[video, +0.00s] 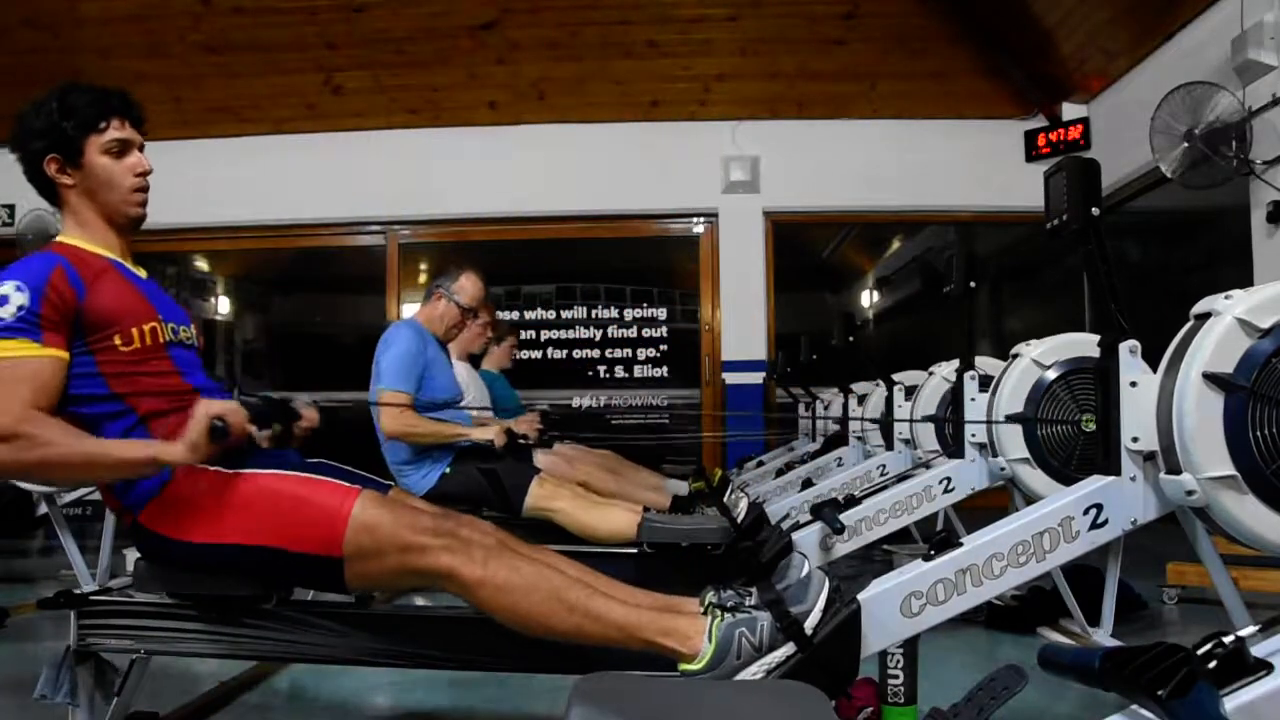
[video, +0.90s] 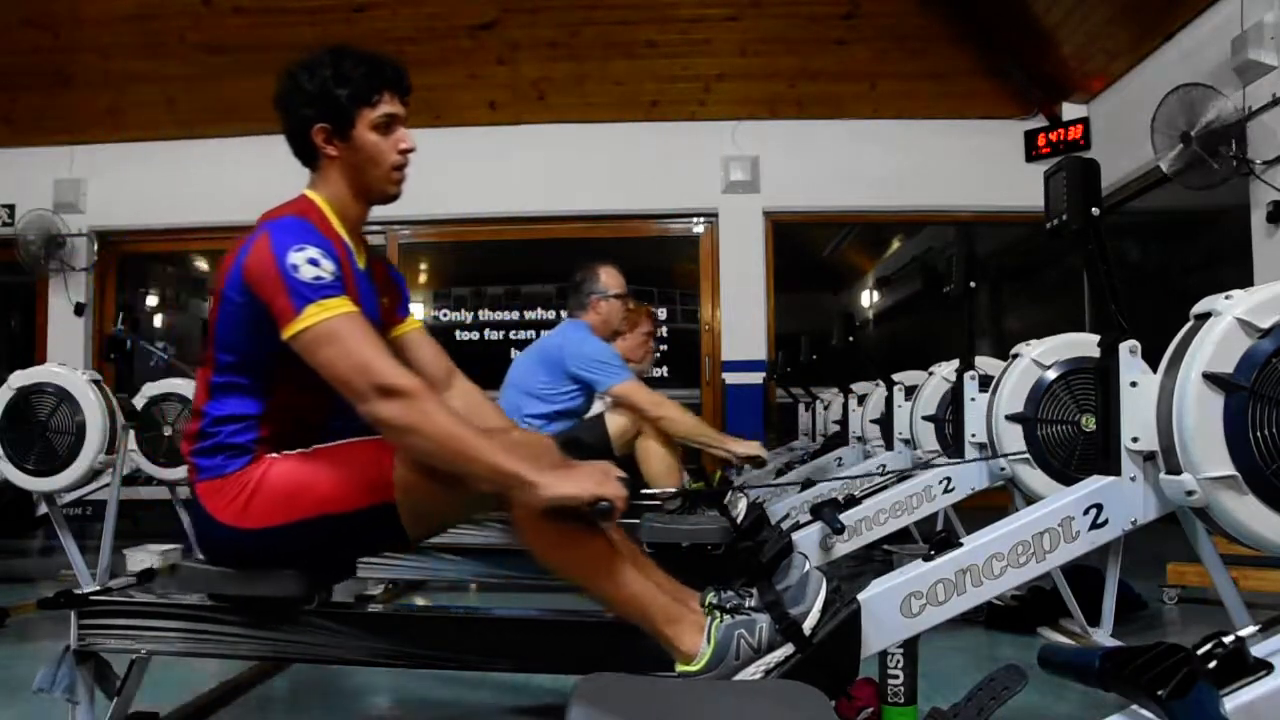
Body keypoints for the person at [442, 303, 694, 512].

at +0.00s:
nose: (485, 336)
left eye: (487, 330)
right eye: (482, 328)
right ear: (463, 324)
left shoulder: (468, 370)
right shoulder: (449, 368)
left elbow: (480, 415)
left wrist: (512, 424)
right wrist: (507, 426)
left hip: (502, 436)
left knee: (586, 456)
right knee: (574, 465)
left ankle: (684, 492)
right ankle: (678, 504)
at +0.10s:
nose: (506, 337)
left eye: (508, 329)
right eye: (503, 328)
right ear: (480, 324)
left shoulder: (480, 365)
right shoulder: (468, 366)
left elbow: (482, 416)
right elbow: (472, 418)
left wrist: (521, 424)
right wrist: (518, 427)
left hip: (505, 439)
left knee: (596, 458)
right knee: (588, 464)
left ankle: (684, 492)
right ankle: (679, 503)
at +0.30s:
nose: (508, 318)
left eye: (511, 310)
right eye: (504, 307)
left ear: (477, 301)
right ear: (475, 299)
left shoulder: (466, 341)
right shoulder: (446, 337)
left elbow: (496, 409)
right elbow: (467, 425)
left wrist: (553, 442)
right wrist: (543, 453)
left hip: (455, 458)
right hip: (430, 471)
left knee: (576, 479)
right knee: (565, 485)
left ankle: (680, 526)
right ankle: (675, 535)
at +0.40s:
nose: (526, 315)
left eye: (528, 306)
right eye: (521, 305)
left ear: (491, 302)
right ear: (491, 301)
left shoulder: (480, 341)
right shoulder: (462, 339)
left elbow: (520, 407)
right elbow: (500, 424)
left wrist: (581, 444)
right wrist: (575, 455)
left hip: (468, 458)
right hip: (443, 468)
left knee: (579, 469)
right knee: (570, 477)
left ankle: (672, 520)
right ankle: (665, 531)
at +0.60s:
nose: (560, 309)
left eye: (560, 301)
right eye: (555, 300)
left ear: (528, 304)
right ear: (528, 303)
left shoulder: (511, 339)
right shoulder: (506, 341)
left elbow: (569, 401)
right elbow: (562, 412)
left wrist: (639, 444)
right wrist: (637, 448)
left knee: (602, 433)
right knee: (593, 443)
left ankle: (671, 498)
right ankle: (657, 514)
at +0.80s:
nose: (604, 306)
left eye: (603, 298)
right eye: (598, 298)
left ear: (574, 304)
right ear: (573, 304)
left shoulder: (557, 338)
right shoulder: (553, 341)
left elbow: (627, 404)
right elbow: (627, 409)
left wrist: (696, 440)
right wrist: (697, 444)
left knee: (638, 423)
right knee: (628, 424)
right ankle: (674, 518)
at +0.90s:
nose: (629, 306)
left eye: (627, 298)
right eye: (621, 298)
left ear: (595, 305)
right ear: (596, 305)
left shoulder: (577, 340)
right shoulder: (580, 344)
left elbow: (651, 408)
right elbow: (654, 409)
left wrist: (722, 446)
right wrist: (729, 445)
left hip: (541, 446)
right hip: (535, 452)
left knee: (649, 414)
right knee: (645, 415)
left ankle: (678, 506)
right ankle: (676, 514)